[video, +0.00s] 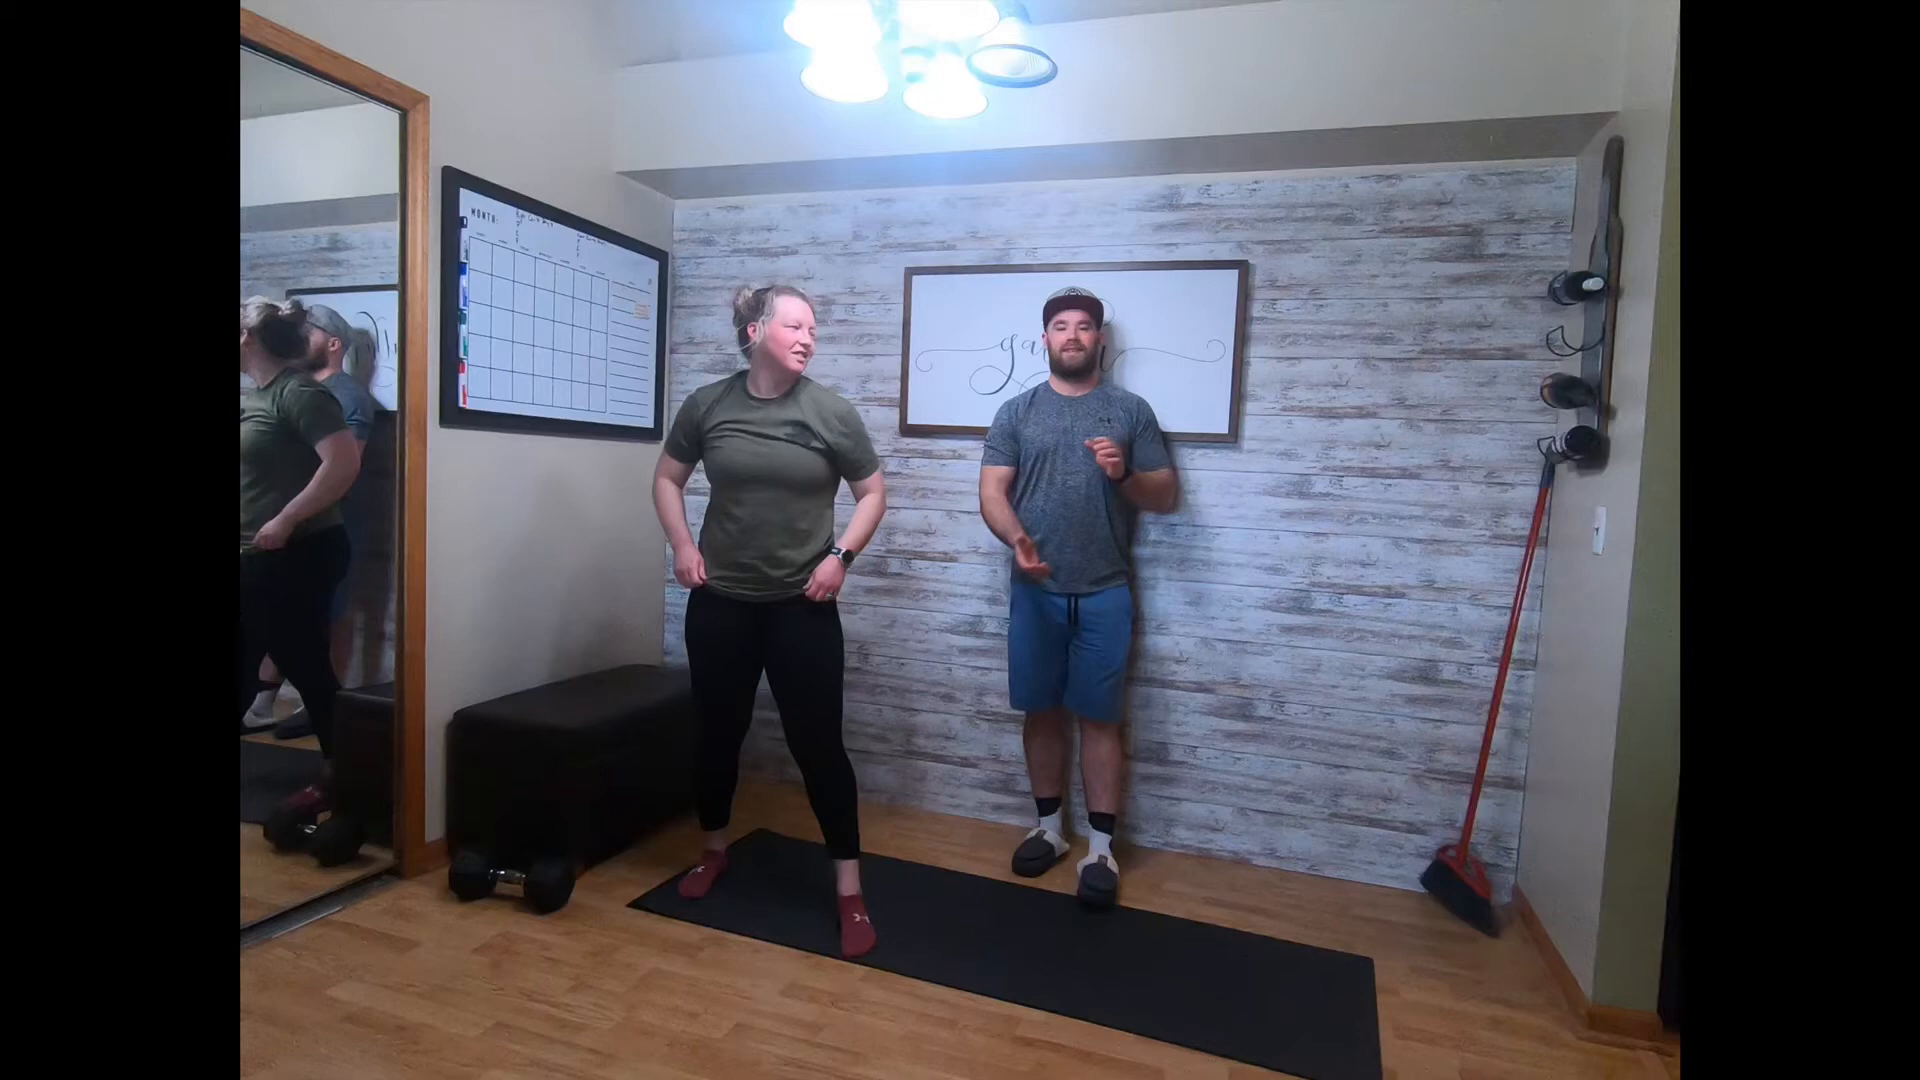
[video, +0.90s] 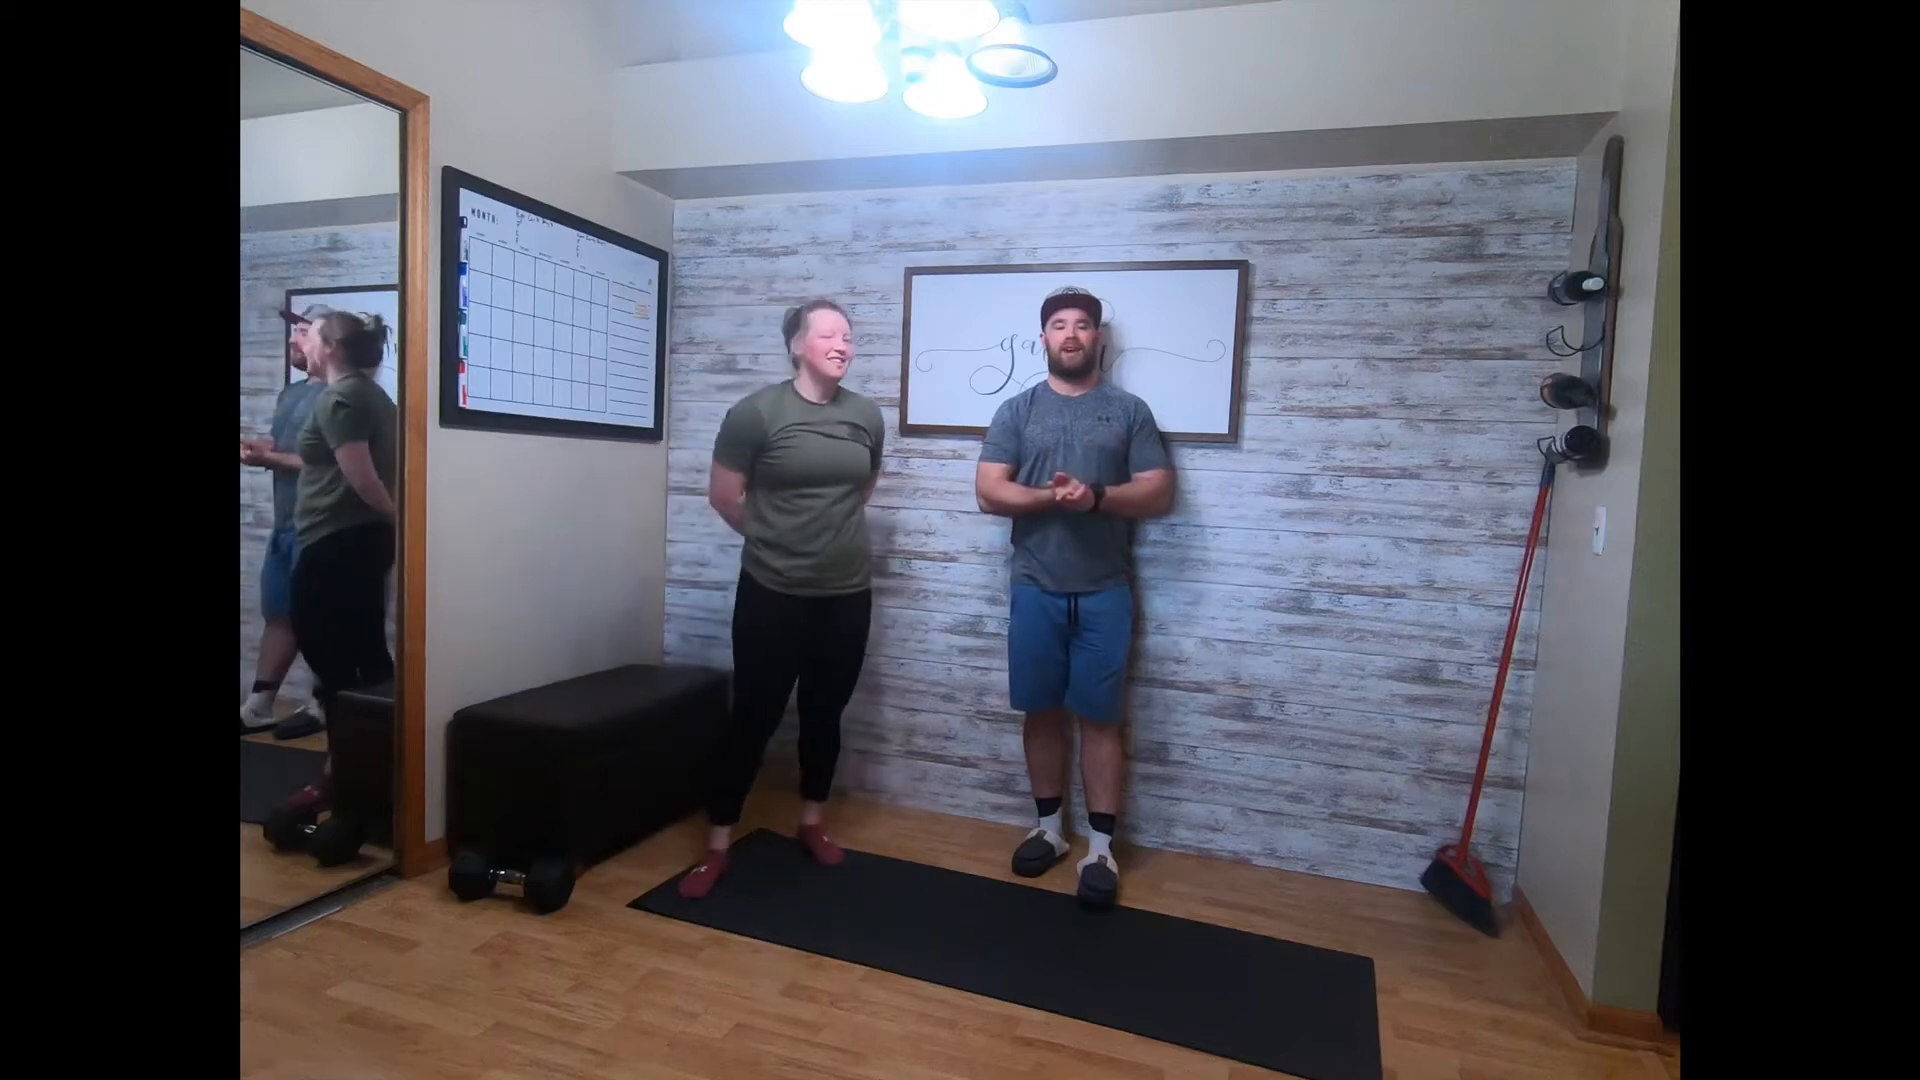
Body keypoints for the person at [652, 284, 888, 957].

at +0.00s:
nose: (808, 339)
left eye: (812, 330)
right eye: (796, 327)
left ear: (809, 340)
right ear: (754, 331)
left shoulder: (830, 414)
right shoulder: (708, 406)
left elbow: (873, 493)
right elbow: (667, 479)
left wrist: (841, 557)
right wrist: (684, 545)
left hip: (802, 607)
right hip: (720, 605)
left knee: (820, 747)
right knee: (714, 736)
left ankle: (849, 886)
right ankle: (713, 851)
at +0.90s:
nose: (843, 345)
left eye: (847, 338)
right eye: (830, 337)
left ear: (851, 351)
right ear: (797, 347)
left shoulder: (867, 418)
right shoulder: (755, 414)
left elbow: (863, 492)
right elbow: (724, 495)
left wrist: (818, 526)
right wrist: (775, 535)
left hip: (844, 595)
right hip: (771, 593)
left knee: (824, 715)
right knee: (753, 718)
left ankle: (813, 822)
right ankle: (719, 844)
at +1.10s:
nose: (846, 349)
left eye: (853, 340)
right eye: (833, 339)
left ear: (861, 351)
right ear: (807, 349)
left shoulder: (880, 419)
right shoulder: (769, 416)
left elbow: (890, 498)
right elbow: (738, 497)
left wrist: (838, 525)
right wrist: (790, 533)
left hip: (855, 595)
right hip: (783, 590)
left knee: (829, 713)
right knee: (761, 715)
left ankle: (812, 824)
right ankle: (724, 842)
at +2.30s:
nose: (757, 338)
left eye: (768, 331)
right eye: (747, 330)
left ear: (788, 343)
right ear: (730, 343)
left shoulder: (813, 410)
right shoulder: (694, 401)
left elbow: (841, 472)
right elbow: (646, 460)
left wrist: (809, 524)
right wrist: (677, 524)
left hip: (787, 591)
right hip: (707, 588)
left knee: (795, 717)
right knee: (707, 717)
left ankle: (808, 824)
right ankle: (708, 836)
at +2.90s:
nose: (722, 335)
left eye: (735, 328)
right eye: (712, 326)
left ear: (754, 343)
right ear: (698, 339)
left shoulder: (784, 402)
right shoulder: (665, 397)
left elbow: (842, 468)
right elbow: (600, 463)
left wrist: (798, 437)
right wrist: (659, 430)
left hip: (764, 588)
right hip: (684, 588)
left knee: (781, 716)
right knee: (696, 719)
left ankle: (801, 823)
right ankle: (707, 839)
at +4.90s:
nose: (761, 398)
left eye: (772, 388)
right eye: (753, 387)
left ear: (786, 373)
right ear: (728, 365)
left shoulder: (795, 419)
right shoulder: (673, 410)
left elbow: (795, 489)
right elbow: (633, 481)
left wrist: (751, 516)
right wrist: (686, 521)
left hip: (767, 589)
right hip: (691, 587)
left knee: (781, 708)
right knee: (700, 710)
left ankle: (797, 824)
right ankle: (707, 837)